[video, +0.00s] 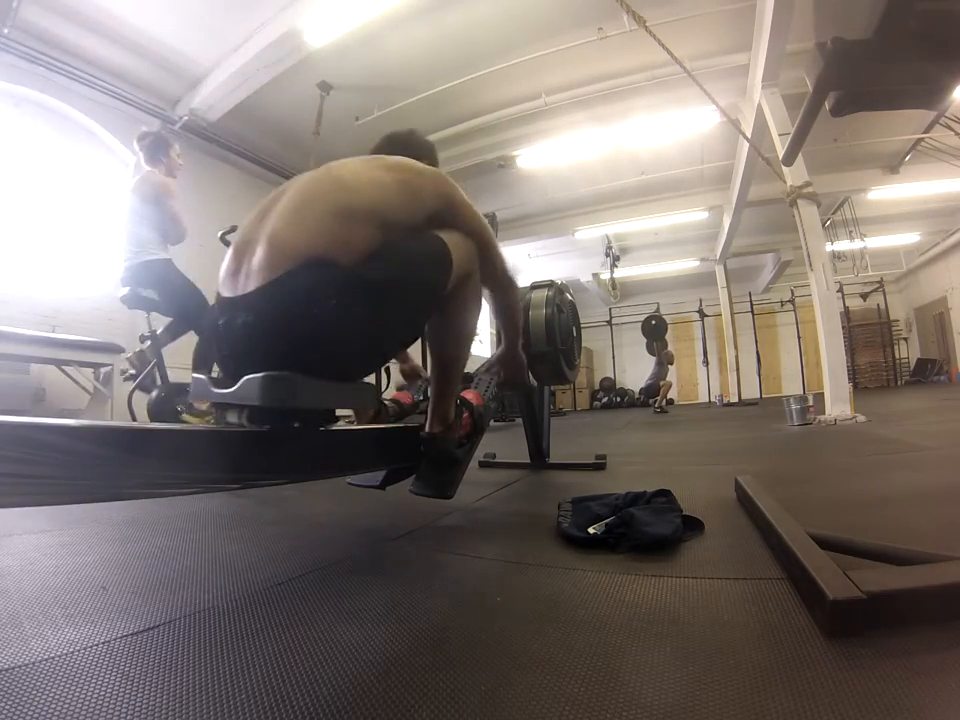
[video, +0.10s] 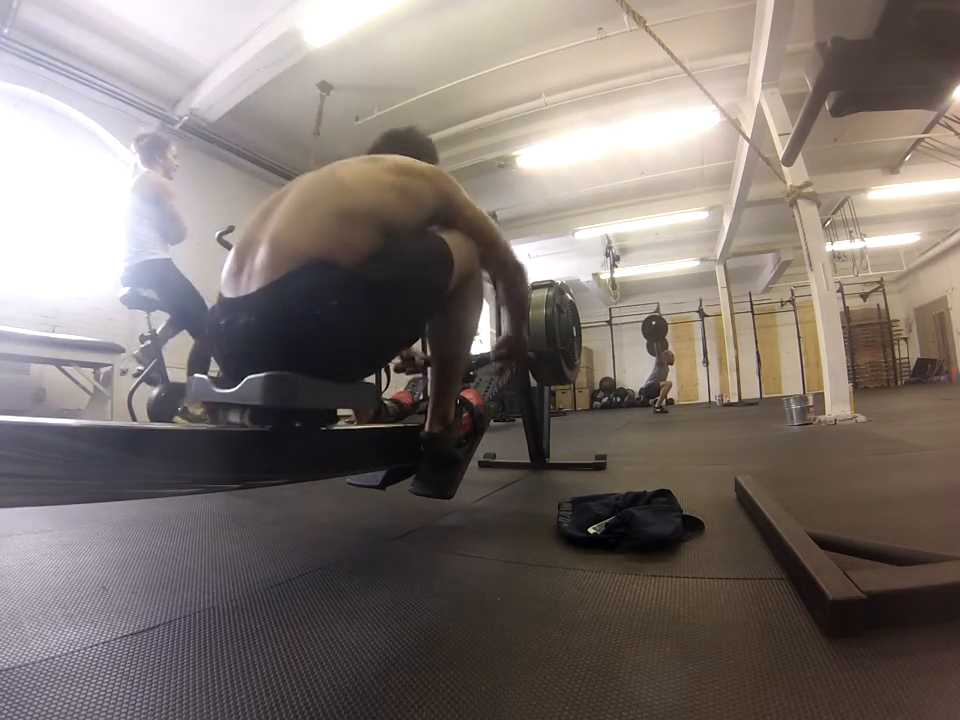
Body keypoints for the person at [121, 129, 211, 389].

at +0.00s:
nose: (181, 162)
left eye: (180, 156)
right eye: (176, 156)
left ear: (152, 157)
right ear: (162, 157)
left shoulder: (140, 182)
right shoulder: (161, 183)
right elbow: (179, 233)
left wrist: (164, 234)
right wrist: (158, 237)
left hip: (133, 268)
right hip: (155, 267)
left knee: (193, 312)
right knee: (209, 323)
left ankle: (145, 354)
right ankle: (200, 394)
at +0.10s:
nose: (177, 164)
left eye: (176, 157)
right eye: (173, 157)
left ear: (150, 158)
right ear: (158, 157)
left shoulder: (138, 182)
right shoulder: (159, 184)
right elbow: (179, 232)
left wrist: (165, 233)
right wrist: (157, 235)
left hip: (133, 268)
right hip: (155, 267)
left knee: (190, 309)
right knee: (205, 331)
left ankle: (151, 350)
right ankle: (196, 393)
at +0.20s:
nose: (174, 165)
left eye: (173, 159)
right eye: (171, 158)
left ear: (146, 160)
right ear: (156, 158)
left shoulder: (136, 184)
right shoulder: (159, 183)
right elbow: (179, 231)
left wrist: (164, 233)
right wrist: (156, 235)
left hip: (132, 269)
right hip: (155, 266)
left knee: (190, 302)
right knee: (203, 326)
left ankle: (159, 347)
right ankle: (189, 388)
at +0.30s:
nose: (174, 167)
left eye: (172, 161)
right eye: (169, 160)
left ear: (147, 160)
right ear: (155, 159)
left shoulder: (137, 185)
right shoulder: (159, 183)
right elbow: (181, 231)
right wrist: (153, 238)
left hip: (132, 269)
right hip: (155, 267)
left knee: (184, 304)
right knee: (200, 316)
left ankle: (165, 351)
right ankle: (188, 375)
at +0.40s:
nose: (174, 168)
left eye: (173, 162)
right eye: (170, 162)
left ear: (144, 164)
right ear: (156, 161)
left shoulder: (134, 188)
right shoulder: (162, 184)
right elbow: (182, 232)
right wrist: (152, 243)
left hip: (131, 269)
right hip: (156, 266)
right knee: (189, 313)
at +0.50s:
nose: (175, 169)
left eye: (174, 164)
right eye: (171, 163)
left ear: (148, 166)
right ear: (157, 163)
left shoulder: (137, 189)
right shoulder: (162, 184)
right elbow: (183, 230)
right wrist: (154, 241)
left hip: (131, 270)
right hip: (157, 267)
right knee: (187, 306)